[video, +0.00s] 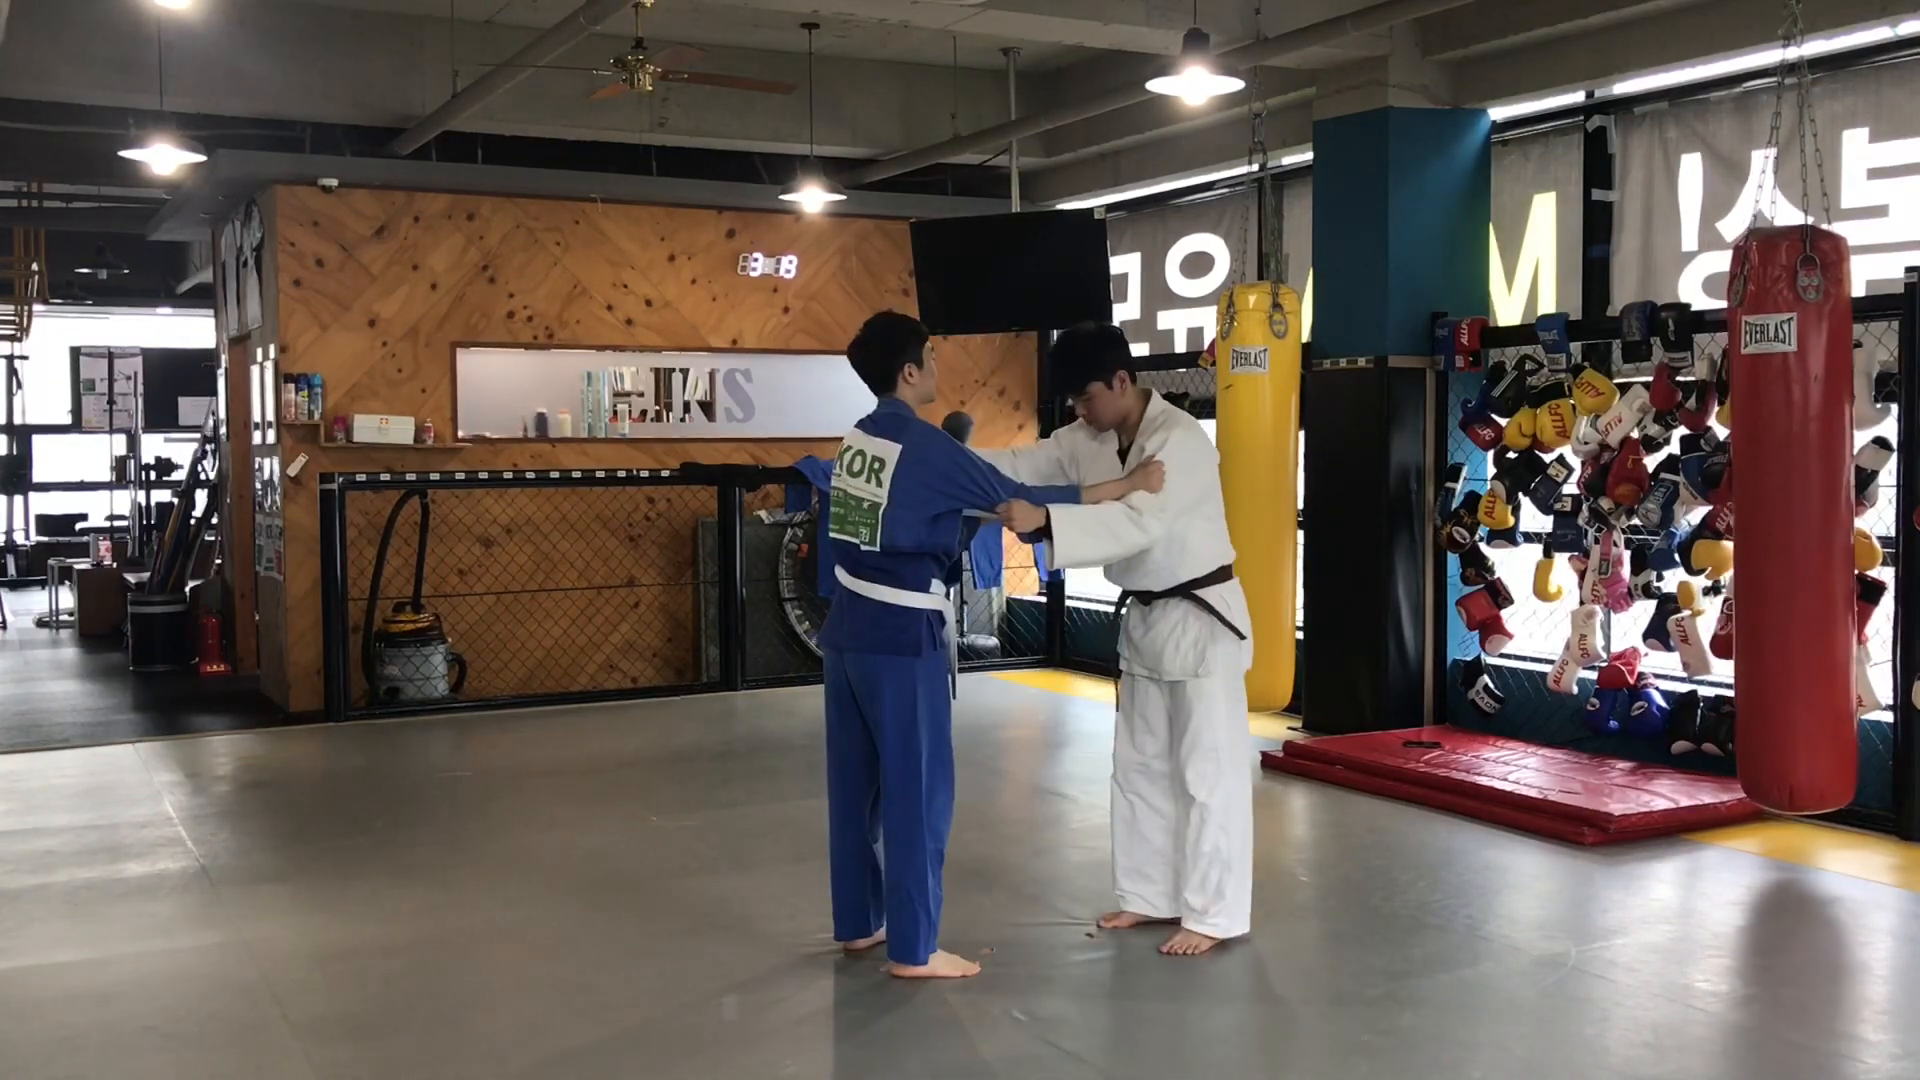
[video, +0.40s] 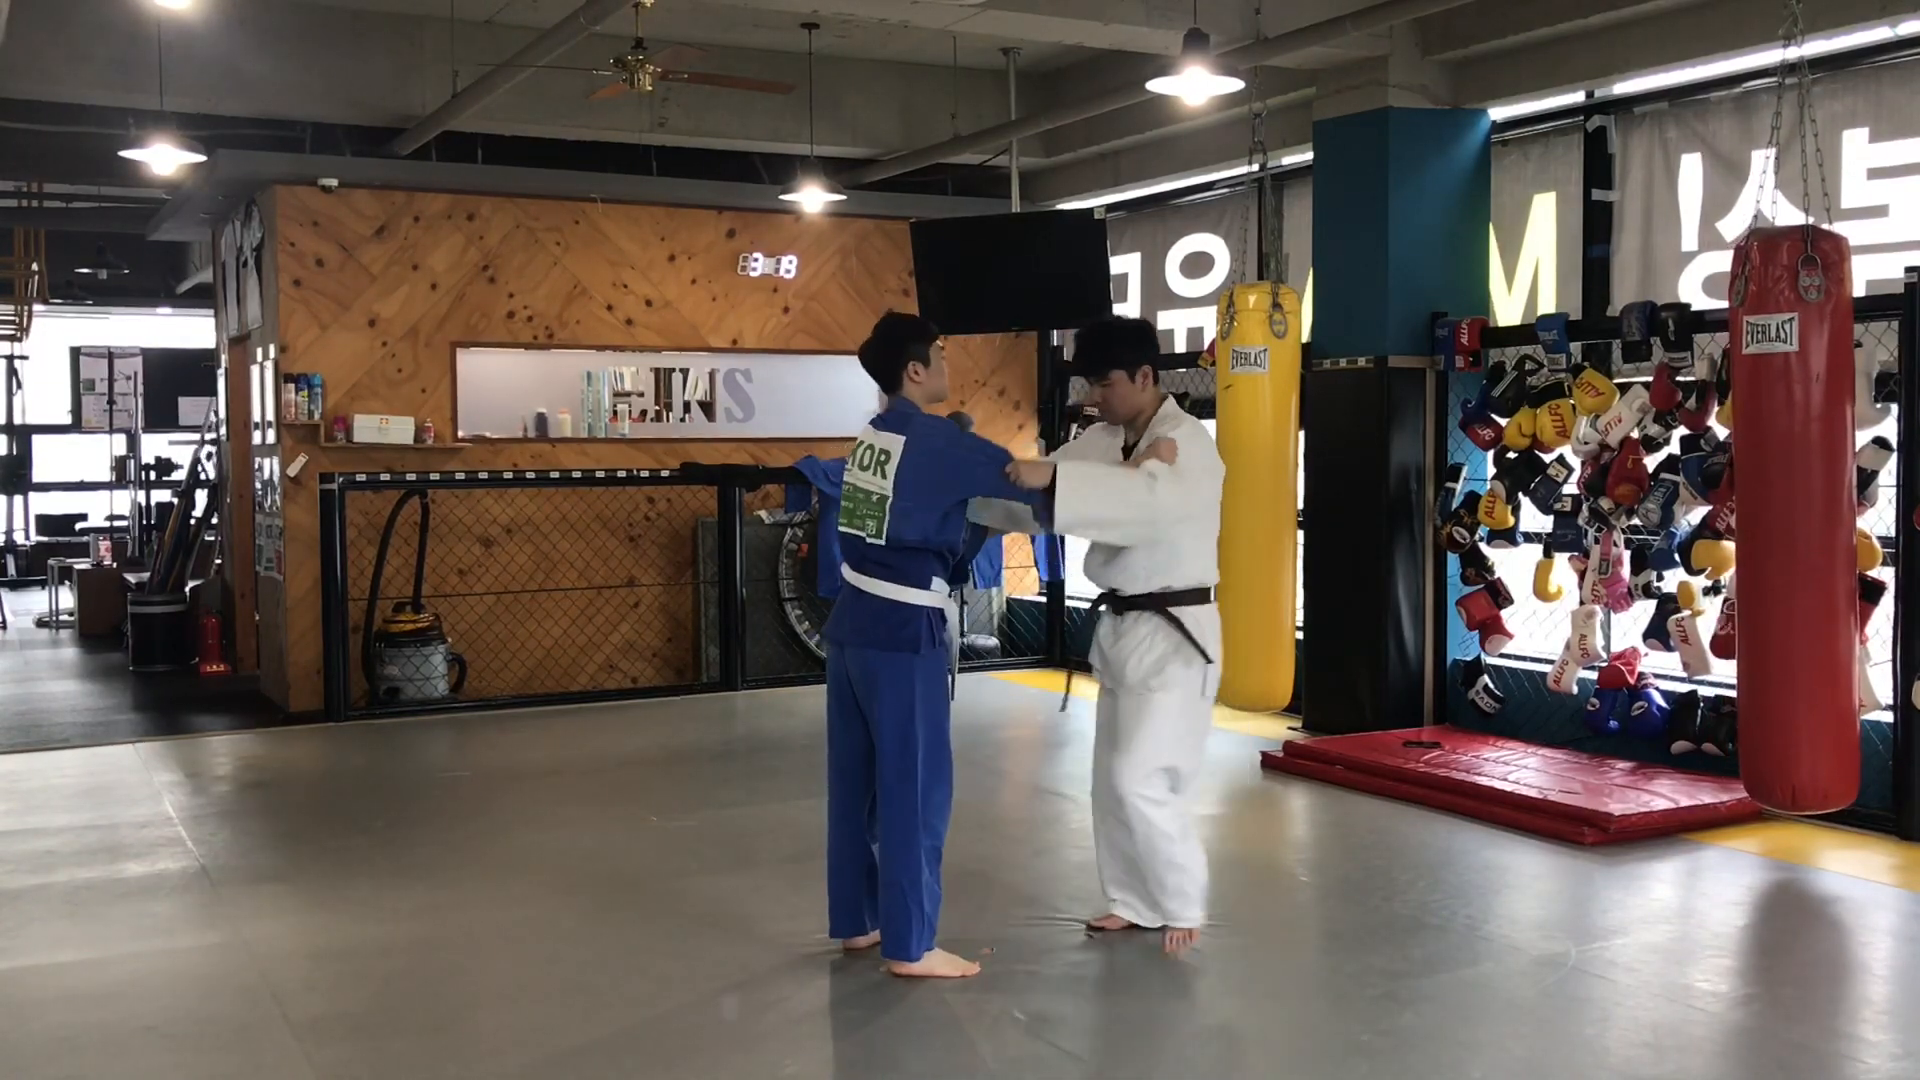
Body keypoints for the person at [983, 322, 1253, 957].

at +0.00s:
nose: (1076, 411)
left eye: (1082, 398)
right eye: (1072, 401)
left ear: (1121, 381)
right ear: (1109, 387)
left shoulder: (1180, 439)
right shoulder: (1085, 441)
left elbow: (1143, 522)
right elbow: (1013, 468)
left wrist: (1046, 521)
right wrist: (939, 464)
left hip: (1202, 616)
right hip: (1143, 617)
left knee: (1210, 774)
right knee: (1144, 769)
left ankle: (1215, 915)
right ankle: (1150, 897)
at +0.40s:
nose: (1094, 400)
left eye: (1102, 386)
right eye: (1090, 388)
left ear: (1143, 377)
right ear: (1114, 384)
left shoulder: (1192, 442)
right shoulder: (1097, 443)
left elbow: (1152, 498)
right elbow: (1037, 487)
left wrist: (1055, 477)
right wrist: (967, 460)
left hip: (1177, 627)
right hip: (1119, 623)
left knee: (1143, 776)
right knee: (1111, 776)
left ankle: (1183, 906)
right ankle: (1133, 902)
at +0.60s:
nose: (1099, 413)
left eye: (1108, 399)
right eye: (1097, 400)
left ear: (1152, 393)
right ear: (1141, 397)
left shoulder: (1192, 454)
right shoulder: (1120, 455)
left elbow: (1157, 478)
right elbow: (1056, 517)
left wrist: (1067, 450)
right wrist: (988, 488)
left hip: (1137, 647)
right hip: (1082, 640)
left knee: (1072, 781)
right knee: (1118, 784)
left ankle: (1083, 945)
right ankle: (1140, 900)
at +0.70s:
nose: (1090, 407)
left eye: (1099, 394)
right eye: (1088, 395)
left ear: (1144, 391)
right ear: (1128, 396)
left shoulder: (1198, 449)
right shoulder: (1095, 451)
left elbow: (1179, 498)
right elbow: (1035, 519)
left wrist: (1095, 457)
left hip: (1106, 650)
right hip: (1047, 639)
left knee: (1067, 809)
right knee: (1054, 791)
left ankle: (1055, 975)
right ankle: (1104, 883)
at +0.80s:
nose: (1065, 398)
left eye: (1078, 387)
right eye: (1064, 385)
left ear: (1124, 393)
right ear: (1067, 386)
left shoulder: (1164, 454)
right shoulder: (1055, 439)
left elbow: (1210, 545)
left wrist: (1129, 496)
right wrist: (973, 437)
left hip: (1076, 647)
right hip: (1005, 632)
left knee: (1063, 814)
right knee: (983, 798)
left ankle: (1059, 981)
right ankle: (1067, 895)